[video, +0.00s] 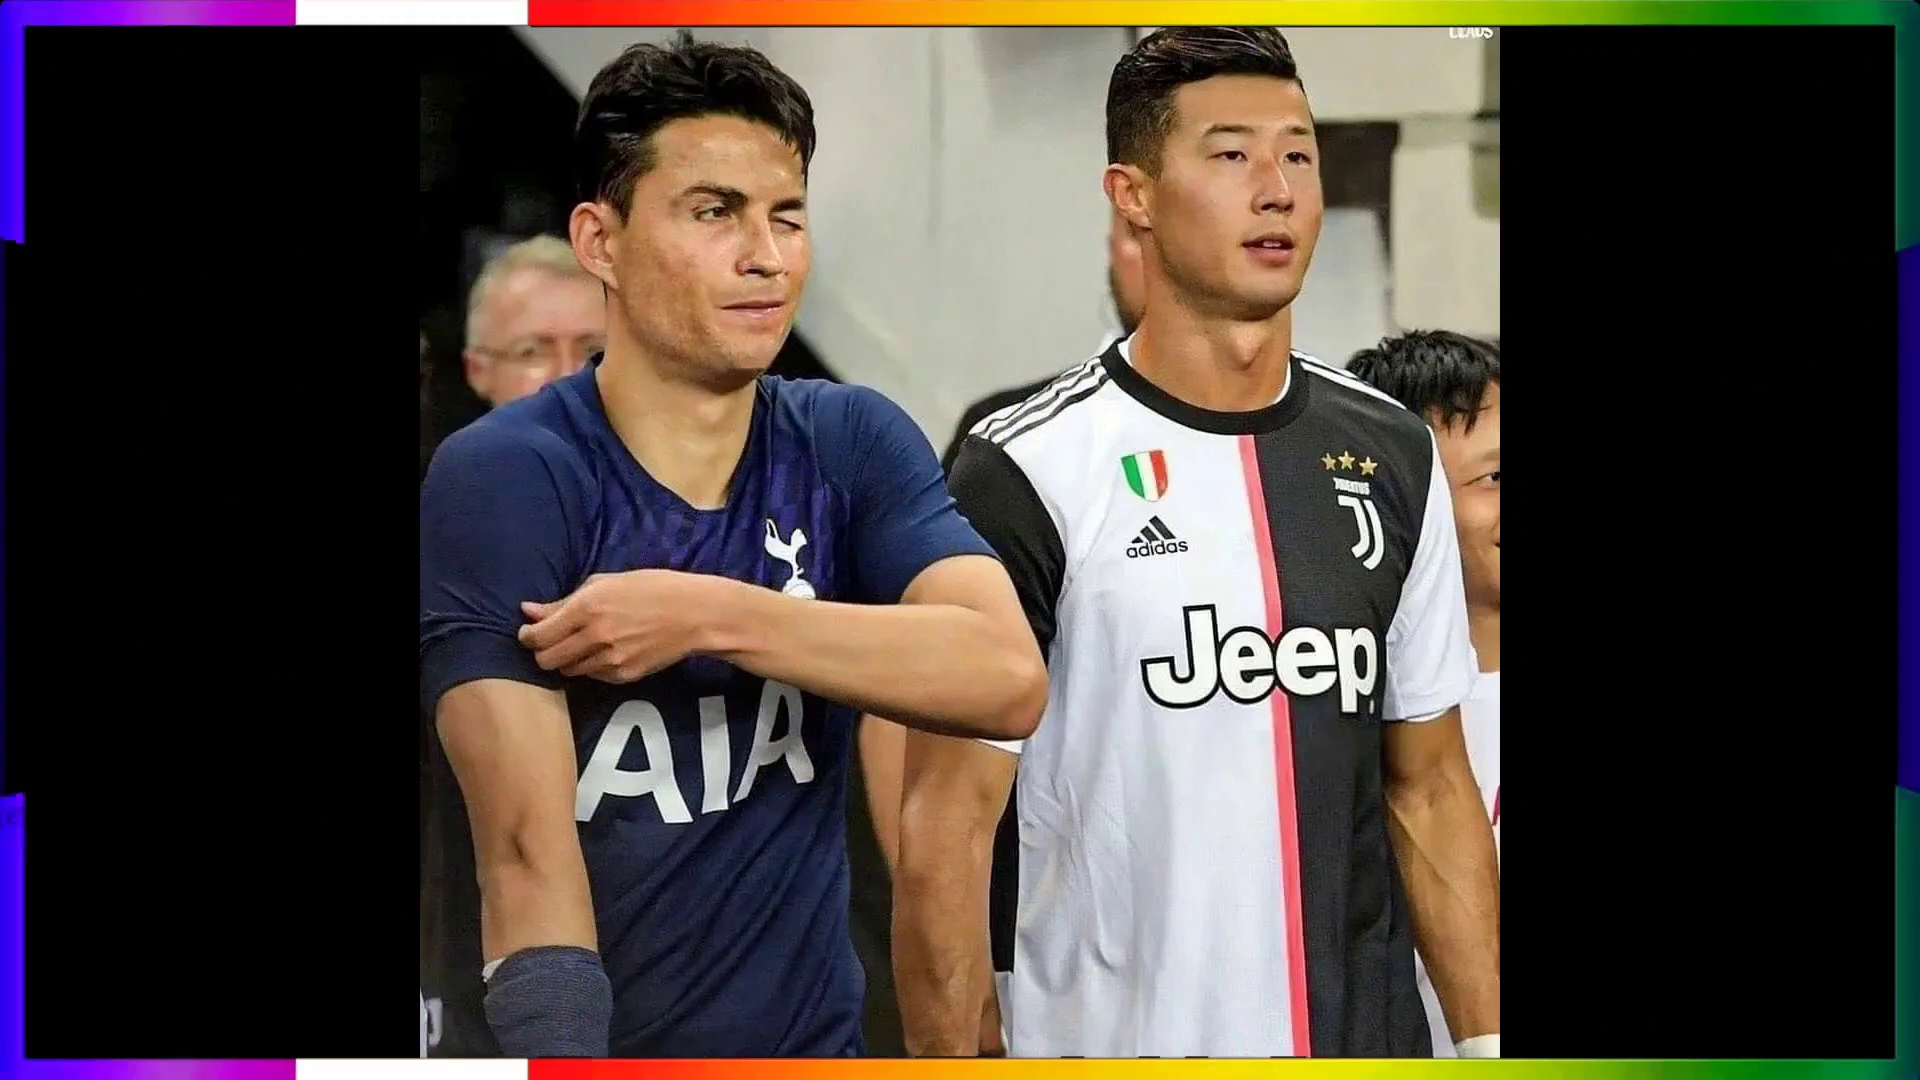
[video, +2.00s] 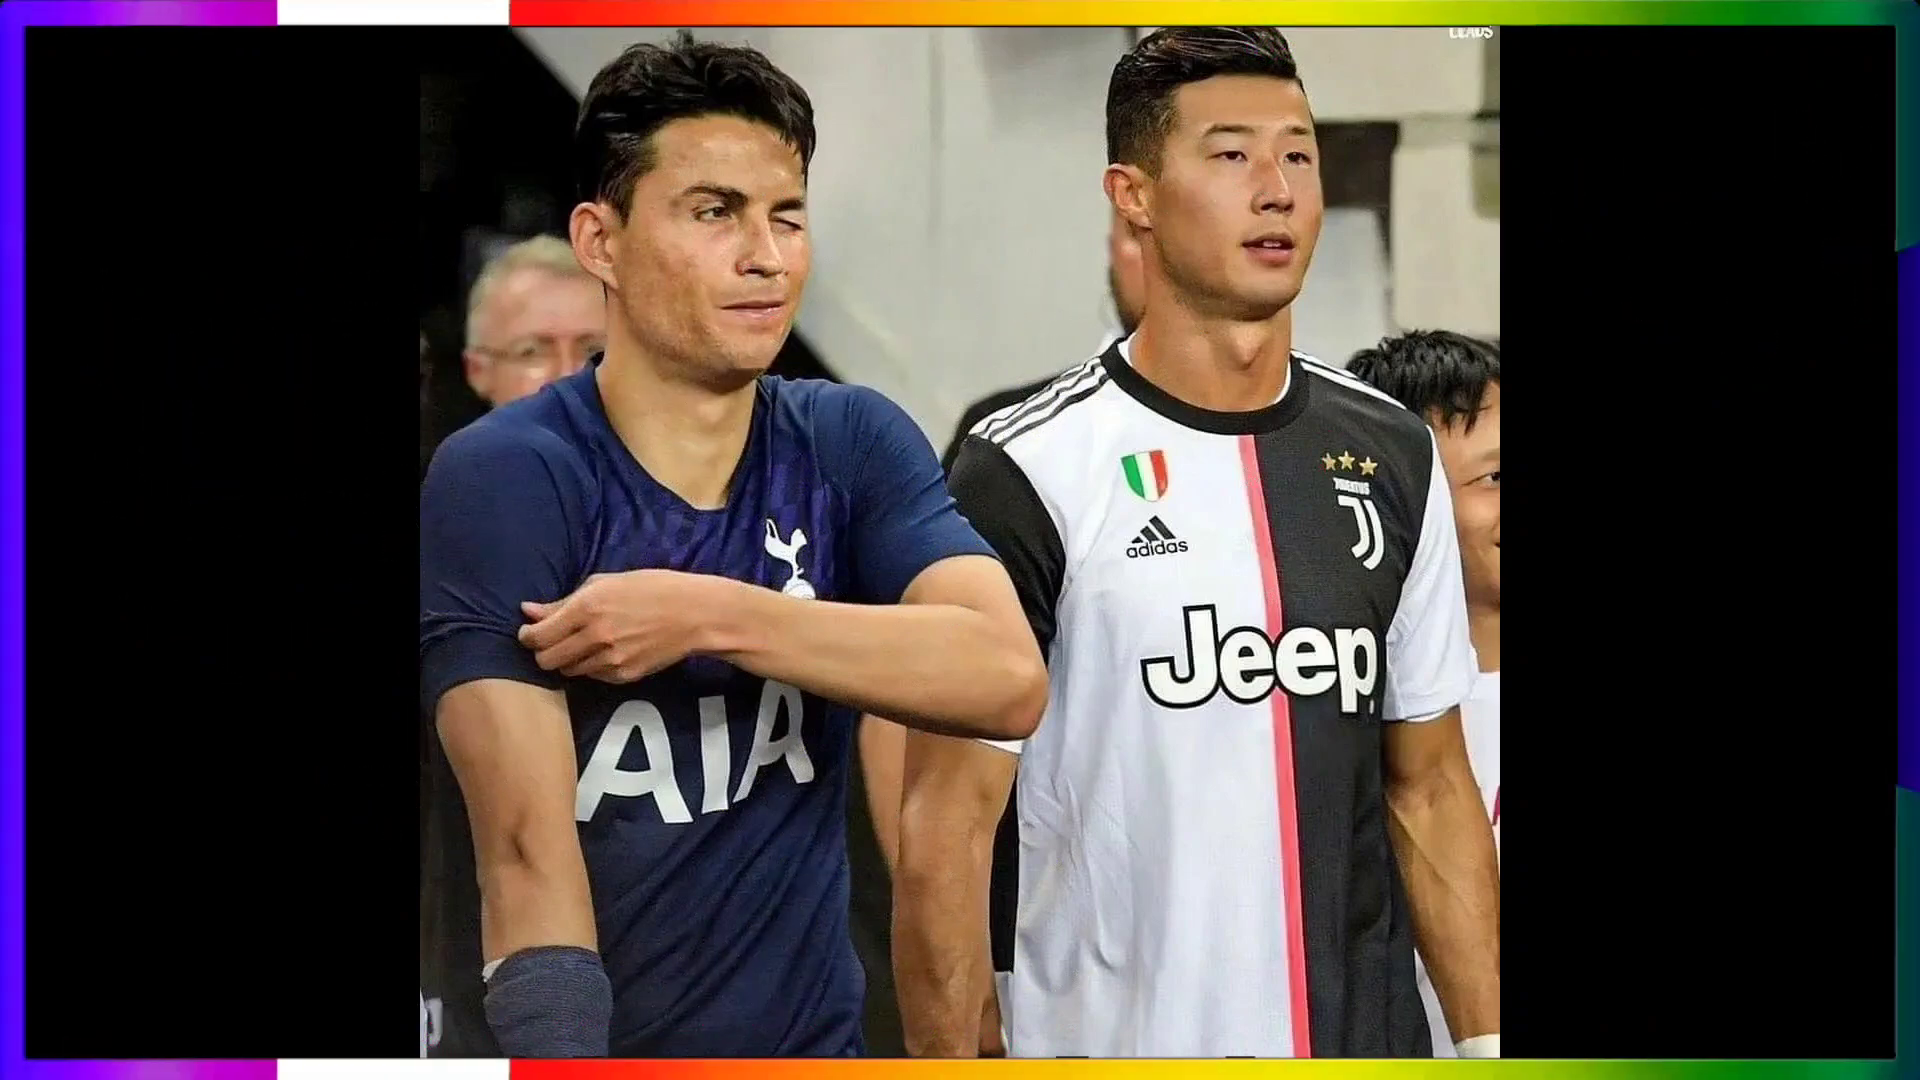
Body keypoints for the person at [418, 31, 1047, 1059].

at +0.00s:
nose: (766, 257)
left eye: (786, 218)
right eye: (712, 212)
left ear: (809, 237)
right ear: (601, 241)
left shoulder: (856, 439)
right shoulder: (499, 476)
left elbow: (1009, 681)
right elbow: (525, 850)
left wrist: (713, 613)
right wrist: (560, 1058)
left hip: (809, 1040)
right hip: (599, 1037)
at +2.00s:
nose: (765, 257)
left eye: (785, 217)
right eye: (712, 212)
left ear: (809, 235)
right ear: (601, 242)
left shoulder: (856, 439)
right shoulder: (500, 476)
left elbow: (1009, 681)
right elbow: (525, 850)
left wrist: (714, 613)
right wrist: (559, 1059)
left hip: (810, 1040)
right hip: (600, 1037)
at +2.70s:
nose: (766, 257)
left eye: (786, 218)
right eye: (712, 212)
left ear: (809, 237)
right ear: (601, 241)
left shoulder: (856, 439)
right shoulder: (499, 477)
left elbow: (1009, 680)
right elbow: (525, 851)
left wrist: (713, 613)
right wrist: (560, 1059)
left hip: (810, 1041)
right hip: (598, 1036)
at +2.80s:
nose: (765, 257)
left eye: (785, 217)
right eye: (711, 212)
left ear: (809, 236)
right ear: (601, 242)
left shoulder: (856, 439)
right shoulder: (500, 476)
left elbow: (1009, 681)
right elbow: (525, 852)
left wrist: (714, 613)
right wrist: (561, 1059)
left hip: (809, 1041)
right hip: (597, 1036)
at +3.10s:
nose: (766, 258)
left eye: (787, 219)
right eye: (715, 212)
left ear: (811, 237)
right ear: (600, 241)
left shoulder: (864, 438)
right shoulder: (500, 476)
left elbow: (995, 662)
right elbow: (526, 852)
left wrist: (709, 620)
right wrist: (561, 1066)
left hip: (816, 1040)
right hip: (604, 1040)